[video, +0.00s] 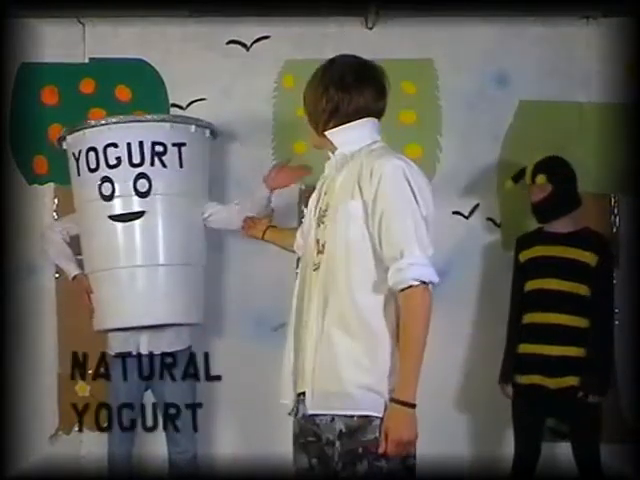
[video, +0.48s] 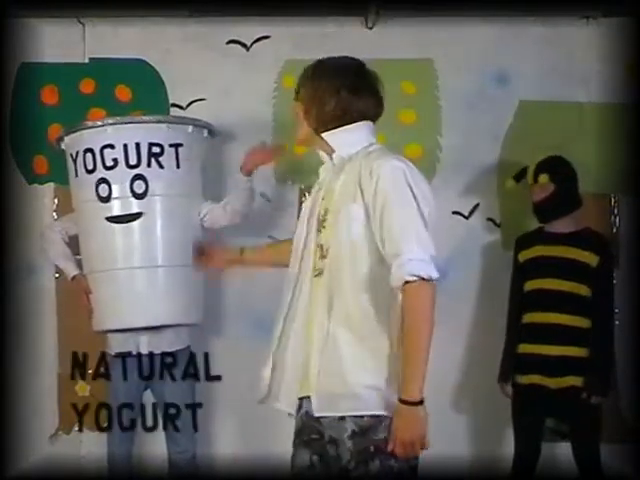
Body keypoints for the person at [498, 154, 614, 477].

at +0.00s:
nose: (532, 195)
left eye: (539, 186)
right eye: (531, 187)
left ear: (559, 189)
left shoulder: (596, 246)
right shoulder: (526, 244)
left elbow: (603, 318)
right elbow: (516, 313)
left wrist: (598, 376)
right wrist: (508, 366)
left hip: (578, 377)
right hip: (529, 375)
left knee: (587, 462)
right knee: (524, 459)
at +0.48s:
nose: (532, 194)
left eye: (539, 185)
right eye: (532, 186)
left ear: (559, 188)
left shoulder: (596, 246)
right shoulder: (525, 244)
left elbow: (603, 317)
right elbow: (515, 312)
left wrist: (600, 375)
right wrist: (507, 364)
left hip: (578, 377)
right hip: (529, 375)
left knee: (587, 460)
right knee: (524, 458)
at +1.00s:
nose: (537, 195)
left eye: (544, 185)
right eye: (534, 187)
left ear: (565, 189)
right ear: (532, 191)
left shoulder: (598, 247)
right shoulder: (525, 244)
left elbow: (604, 318)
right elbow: (515, 311)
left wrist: (602, 377)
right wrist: (509, 367)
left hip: (580, 380)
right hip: (530, 379)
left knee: (588, 463)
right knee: (524, 462)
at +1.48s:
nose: (549, 195)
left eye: (556, 186)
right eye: (542, 188)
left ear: (571, 189)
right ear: (533, 194)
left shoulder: (596, 245)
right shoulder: (520, 245)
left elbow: (605, 315)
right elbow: (511, 313)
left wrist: (607, 373)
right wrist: (509, 371)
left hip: (581, 380)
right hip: (532, 379)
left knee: (589, 463)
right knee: (524, 462)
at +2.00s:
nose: (554, 195)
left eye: (561, 187)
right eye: (546, 188)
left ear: (573, 189)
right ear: (534, 193)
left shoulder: (597, 245)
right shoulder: (520, 245)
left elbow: (605, 313)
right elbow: (511, 308)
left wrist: (608, 372)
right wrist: (504, 359)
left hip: (581, 372)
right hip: (531, 373)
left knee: (588, 460)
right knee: (524, 459)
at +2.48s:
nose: (568, 195)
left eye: (575, 186)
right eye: (560, 187)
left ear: (588, 190)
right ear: (549, 191)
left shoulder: (604, 246)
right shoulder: (531, 240)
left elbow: (615, 315)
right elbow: (491, 270)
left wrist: (618, 374)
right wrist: (500, 221)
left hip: (584, 367)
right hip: (535, 365)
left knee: (590, 459)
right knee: (527, 457)